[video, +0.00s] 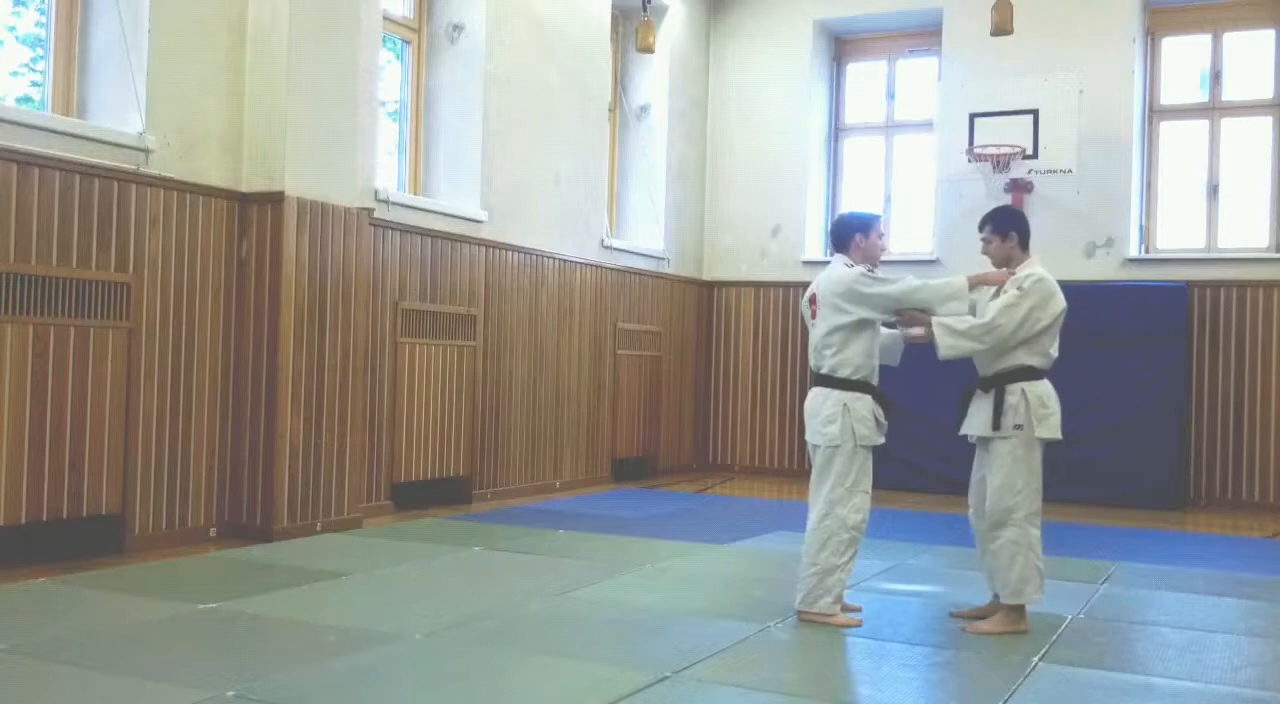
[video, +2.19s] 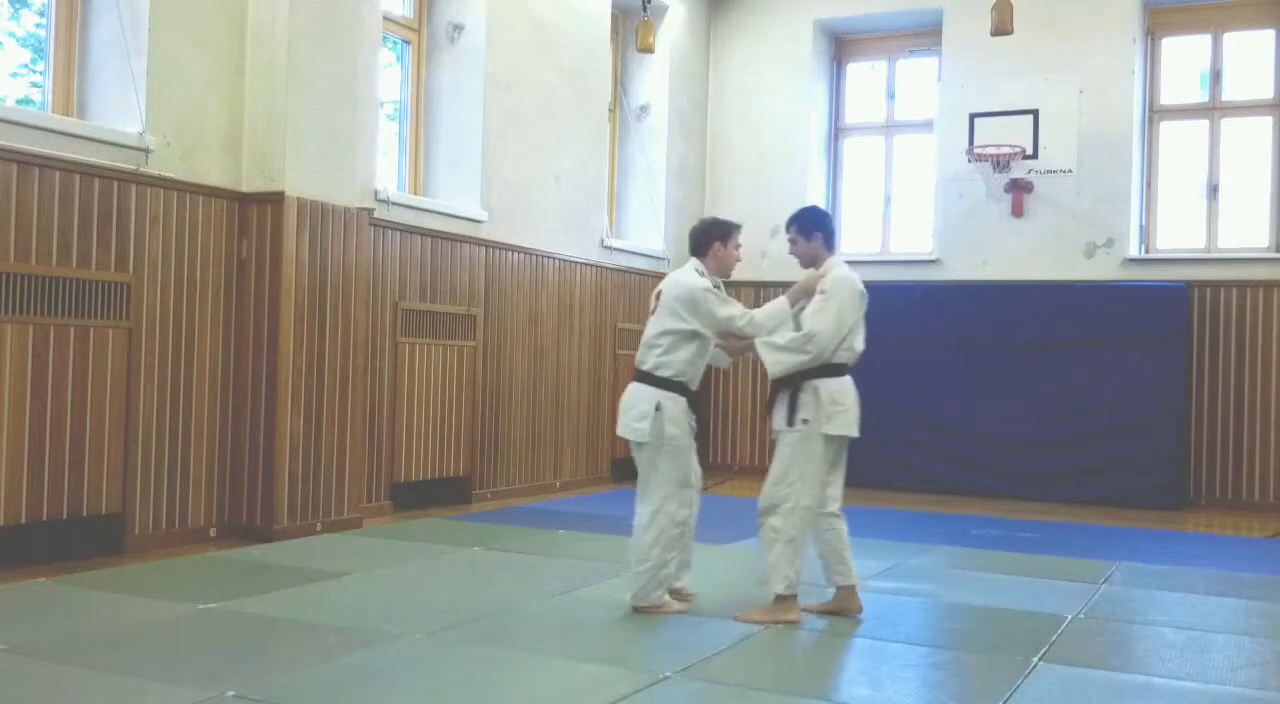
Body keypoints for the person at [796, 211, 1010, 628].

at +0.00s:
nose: (886, 245)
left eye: (884, 237)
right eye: (880, 237)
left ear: (853, 241)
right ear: (858, 241)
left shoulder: (831, 280)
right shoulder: (847, 279)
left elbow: (858, 340)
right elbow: (914, 293)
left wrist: (912, 334)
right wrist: (980, 280)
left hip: (835, 401)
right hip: (841, 406)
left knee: (837, 505)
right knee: (841, 509)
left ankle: (823, 593)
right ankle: (817, 603)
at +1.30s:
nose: (847, 247)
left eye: (846, 239)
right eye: (844, 239)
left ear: (810, 239)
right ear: (825, 239)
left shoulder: (779, 279)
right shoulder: (813, 283)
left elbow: (818, 330)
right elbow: (879, 303)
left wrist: (859, 333)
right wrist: (943, 285)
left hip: (780, 401)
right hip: (804, 408)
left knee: (791, 498)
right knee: (819, 506)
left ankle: (769, 573)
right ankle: (813, 604)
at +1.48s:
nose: (816, 251)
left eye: (816, 243)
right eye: (813, 242)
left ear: (785, 243)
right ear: (793, 242)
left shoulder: (759, 281)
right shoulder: (782, 285)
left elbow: (793, 336)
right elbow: (846, 306)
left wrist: (834, 341)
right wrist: (910, 288)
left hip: (761, 404)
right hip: (781, 408)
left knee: (769, 497)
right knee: (806, 504)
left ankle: (712, 563)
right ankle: (811, 604)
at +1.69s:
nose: (792, 256)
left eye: (791, 248)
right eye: (787, 247)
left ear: (763, 250)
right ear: (764, 248)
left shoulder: (748, 286)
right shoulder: (744, 285)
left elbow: (764, 355)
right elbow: (801, 304)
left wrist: (807, 346)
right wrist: (865, 289)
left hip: (731, 404)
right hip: (733, 407)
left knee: (724, 503)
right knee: (766, 501)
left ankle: (697, 585)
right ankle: (789, 599)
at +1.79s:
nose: (778, 252)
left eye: (778, 244)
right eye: (773, 243)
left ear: (748, 244)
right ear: (750, 243)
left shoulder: (740, 283)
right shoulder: (727, 279)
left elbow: (752, 356)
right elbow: (781, 299)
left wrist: (796, 343)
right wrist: (844, 287)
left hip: (724, 401)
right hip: (717, 401)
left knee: (711, 495)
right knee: (748, 489)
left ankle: (697, 582)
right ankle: (733, 589)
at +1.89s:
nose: (769, 249)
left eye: (768, 241)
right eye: (763, 241)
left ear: (738, 243)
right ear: (740, 242)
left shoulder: (730, 280)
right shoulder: (719, 277)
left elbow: (743, 351)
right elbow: (774, 298)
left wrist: (790, 340)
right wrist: (836, 285)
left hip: (713, 399)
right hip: (707, 399)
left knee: (705, 493)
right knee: (733, 490)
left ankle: (698, 585)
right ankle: (691, 578)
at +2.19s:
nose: (740, 256)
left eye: (739, 247)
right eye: (735, 247)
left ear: (710, 249)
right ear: (714, 248)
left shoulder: (688, 282)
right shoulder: (692, 285)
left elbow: (696, 348)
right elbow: (746, 324)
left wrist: (735, 349)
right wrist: (795, 297)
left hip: (668, 401)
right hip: (658, 403)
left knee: (684, 490)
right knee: (670, 494)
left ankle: (669, 580)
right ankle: (647, 594)